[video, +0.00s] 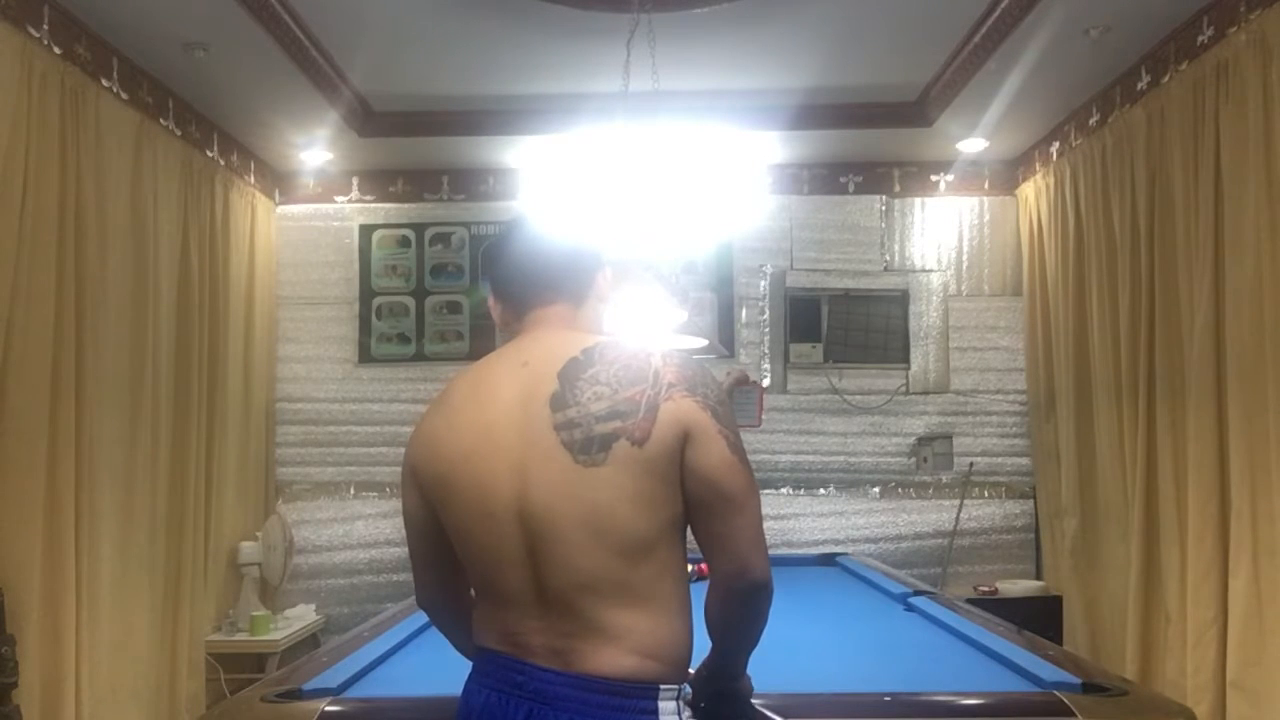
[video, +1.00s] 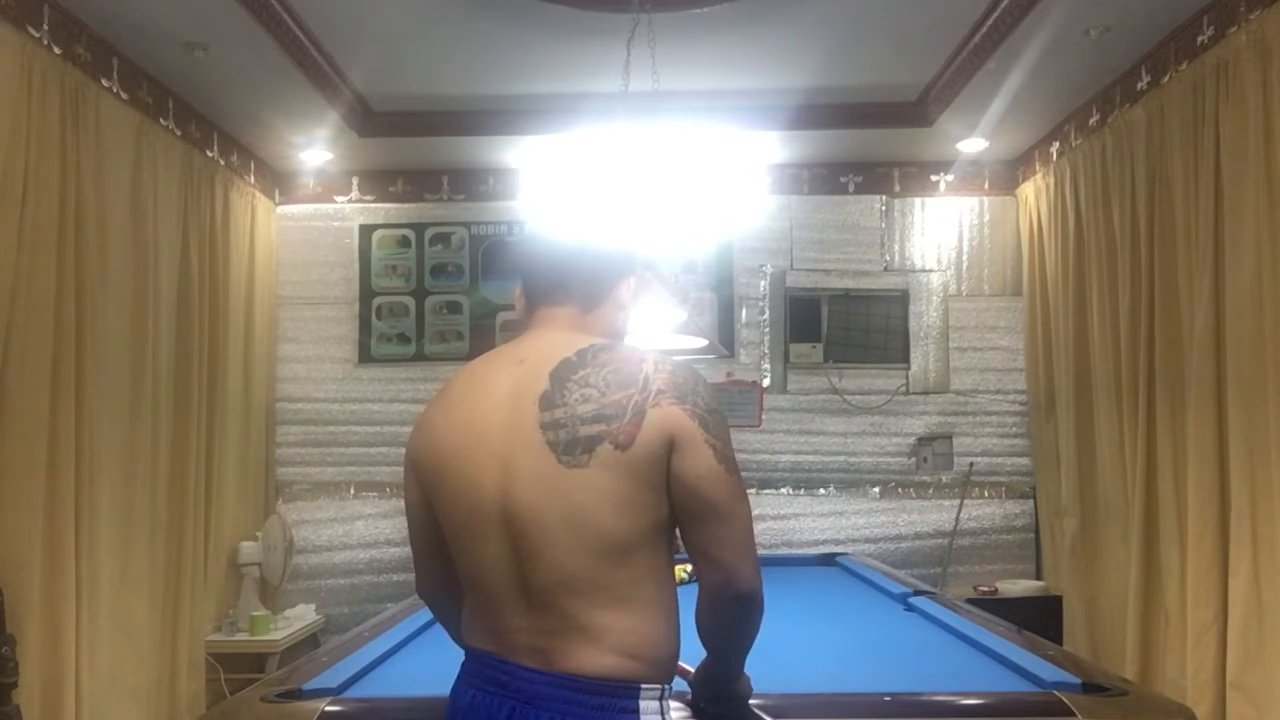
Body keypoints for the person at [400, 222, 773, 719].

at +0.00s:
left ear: (496, 308)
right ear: (603, 282)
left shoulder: (441, 415)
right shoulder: (672, 383)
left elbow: (438, 594)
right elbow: (746, 575)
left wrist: (501, 664)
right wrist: (725, 673)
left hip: (493, 699)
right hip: (637, 702)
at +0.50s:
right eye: (630, 282)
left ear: (507, 303)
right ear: (613, 285)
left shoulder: (443, 409)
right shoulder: (668, 385)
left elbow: (437, 585)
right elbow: (739, 578)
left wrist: (502, 658)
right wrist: (723, 673)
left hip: (486, 697)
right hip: (626, 703)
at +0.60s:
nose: (499, 309)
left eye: (501, 295)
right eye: (632, 284)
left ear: (509, 298)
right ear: (616, 285)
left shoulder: (444, 407)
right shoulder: (668, 386)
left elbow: (436, 583)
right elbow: (738, 580)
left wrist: (500, 657)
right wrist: (722, 674)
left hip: (485, 697)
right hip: (624, 703)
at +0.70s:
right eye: (635, 284)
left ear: (511, 299)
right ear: (617, 286)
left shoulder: (444, 407)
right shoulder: (666, 386)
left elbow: (436, 583)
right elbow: (737, 579)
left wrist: (501, 656)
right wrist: (722, 674)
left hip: (483, 696)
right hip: (623, 702)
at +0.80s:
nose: (640, 298)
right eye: (636, 284)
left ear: (512, 299)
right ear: (618, 286)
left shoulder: (445, 406)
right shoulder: (665, 386)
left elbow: (436, 583)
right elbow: (737, 581)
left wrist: (500, 656)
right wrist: (722, 675)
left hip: (482, 696)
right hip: (621, 702)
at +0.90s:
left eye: (506, 293)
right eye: (636, 285)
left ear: (513, 296)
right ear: (621, 287)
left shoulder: (444, 406)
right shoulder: (666, 387)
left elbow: (436, 583)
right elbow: (736, 582)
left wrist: (500, 657)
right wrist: (722, 675)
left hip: (481, 696)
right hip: (620, 702)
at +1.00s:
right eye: (639, 290)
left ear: (520, 298)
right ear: (626, 290)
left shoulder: (444, 404)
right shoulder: (664, 387)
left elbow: (436, 583)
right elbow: (734, 584)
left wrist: (498, 656)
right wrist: (722, 675)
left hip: (481, 696)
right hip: (619, 702)